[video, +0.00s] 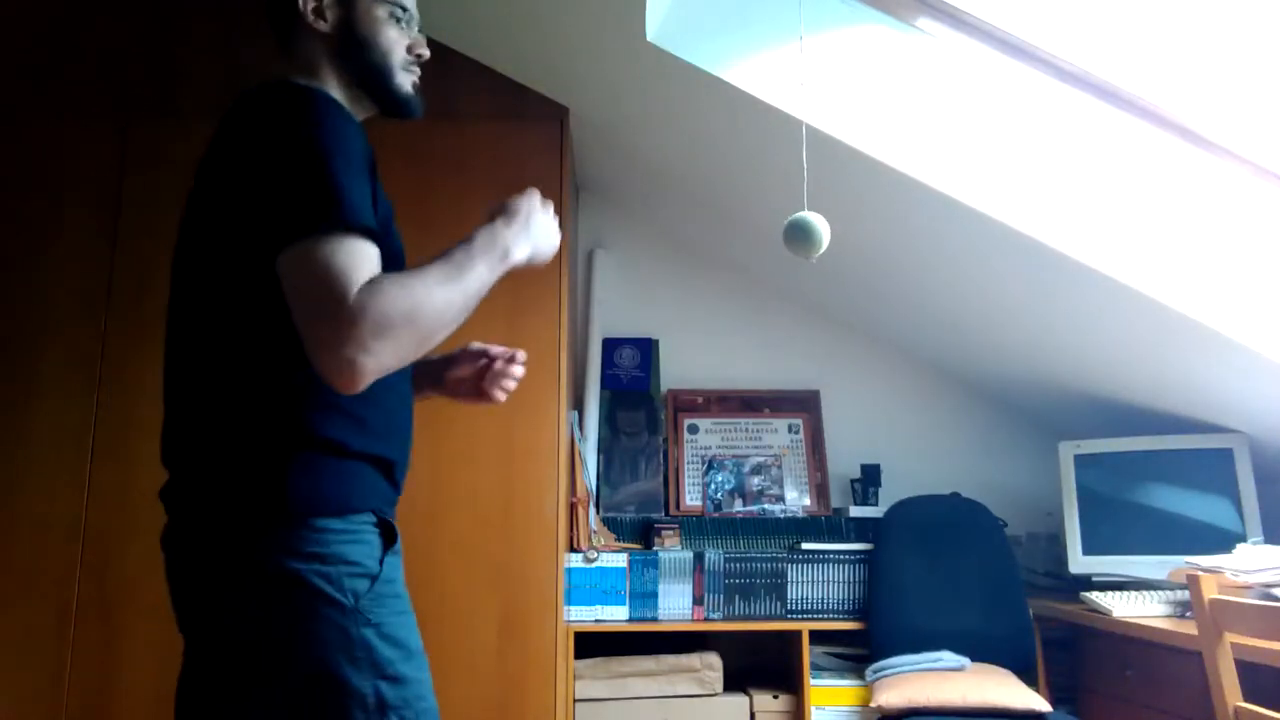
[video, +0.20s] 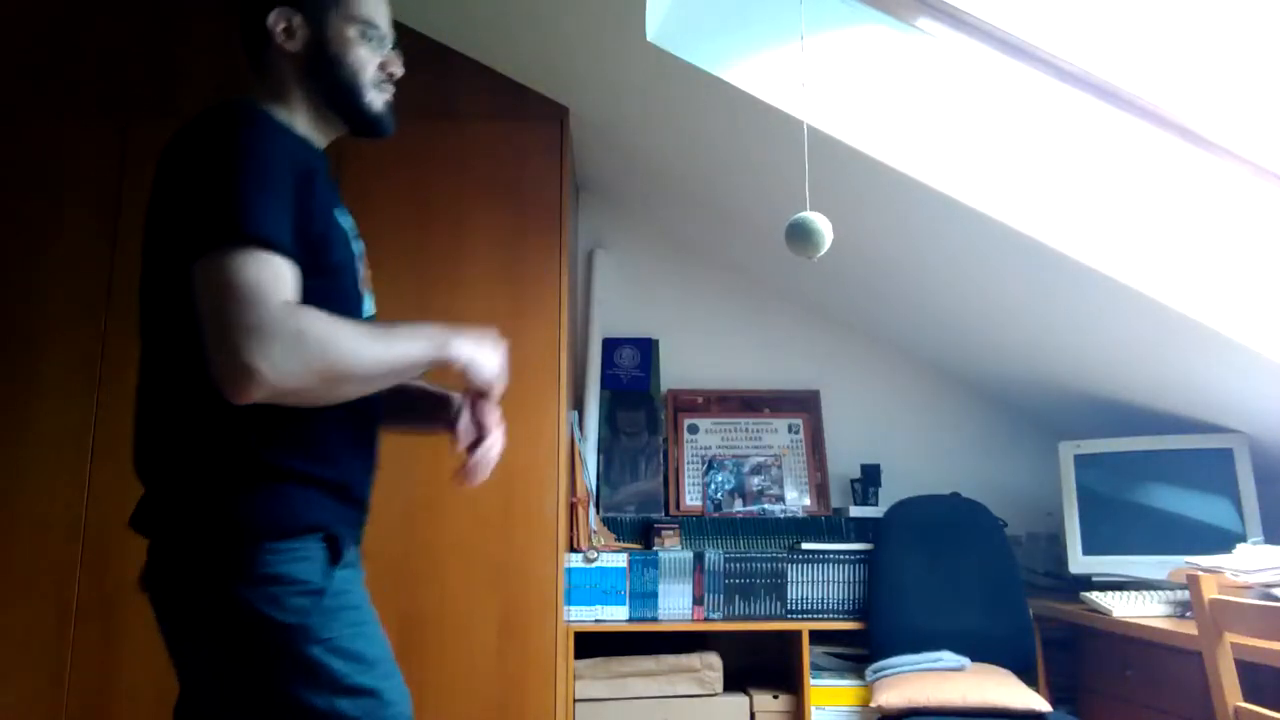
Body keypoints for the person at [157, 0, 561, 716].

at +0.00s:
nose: (424, 47)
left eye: (417, 24)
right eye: (399, 14)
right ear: (320, 11)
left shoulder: (270, 128)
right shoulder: (306, 123)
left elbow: (286, 360)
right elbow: (353, 343)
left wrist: (427, 373)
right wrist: (503, 241)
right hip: (311, 542)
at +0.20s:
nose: (395, 61)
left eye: (392, 41)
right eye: (369, 32)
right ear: (288, 30)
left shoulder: (297, 168)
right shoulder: (247, 146)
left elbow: (306, 378)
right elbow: (258, 353)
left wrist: (443, 409)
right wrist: (445, 345)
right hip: (262, 555)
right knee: (370, 707)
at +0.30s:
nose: (368, 76)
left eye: (365, 57)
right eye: (339, 48)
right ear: (257, 49)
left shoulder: (291, 207)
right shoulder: (203, 154)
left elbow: (405, 324)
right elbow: (209, 327)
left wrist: (473, 405)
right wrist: (390, 358)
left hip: (266, 565)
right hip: (216, 565)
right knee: (324, 706)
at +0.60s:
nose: (288, 89)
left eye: (288, 76)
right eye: (260, 64)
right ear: (181, 65)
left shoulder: (248, 233)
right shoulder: (107, 178)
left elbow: (321, 385)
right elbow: (107, 386)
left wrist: (415, 334)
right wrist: (327, 393)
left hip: (220, 565)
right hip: (144, 563)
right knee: (240, 706)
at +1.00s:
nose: (272, 82)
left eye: (271, 67)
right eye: (240, 58)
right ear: (162, 69)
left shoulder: (270, 236)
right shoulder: (79, 192)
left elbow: (316, 408)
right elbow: (93, 386)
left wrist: (405, 311)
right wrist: (283, 295)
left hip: (266, 570)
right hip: (163, 571)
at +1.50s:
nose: (332, 57)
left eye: (328, 41)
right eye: (298, 35)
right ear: (217, 54)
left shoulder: (318, 217)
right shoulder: (156, 176)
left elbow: (410, 377)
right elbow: (181, 393)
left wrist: (453, 255)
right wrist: (369, 287)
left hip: (307, 563)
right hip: (233, 562)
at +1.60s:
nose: (349, 67)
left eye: (346, 52)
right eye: (317, 44)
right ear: (237, 58)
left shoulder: (331, 228)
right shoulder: (176, 178)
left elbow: (436, 366)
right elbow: (195, 393)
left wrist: (464, 247)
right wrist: (379, 289)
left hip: (302, 566)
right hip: (237, 566)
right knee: (345, 707)